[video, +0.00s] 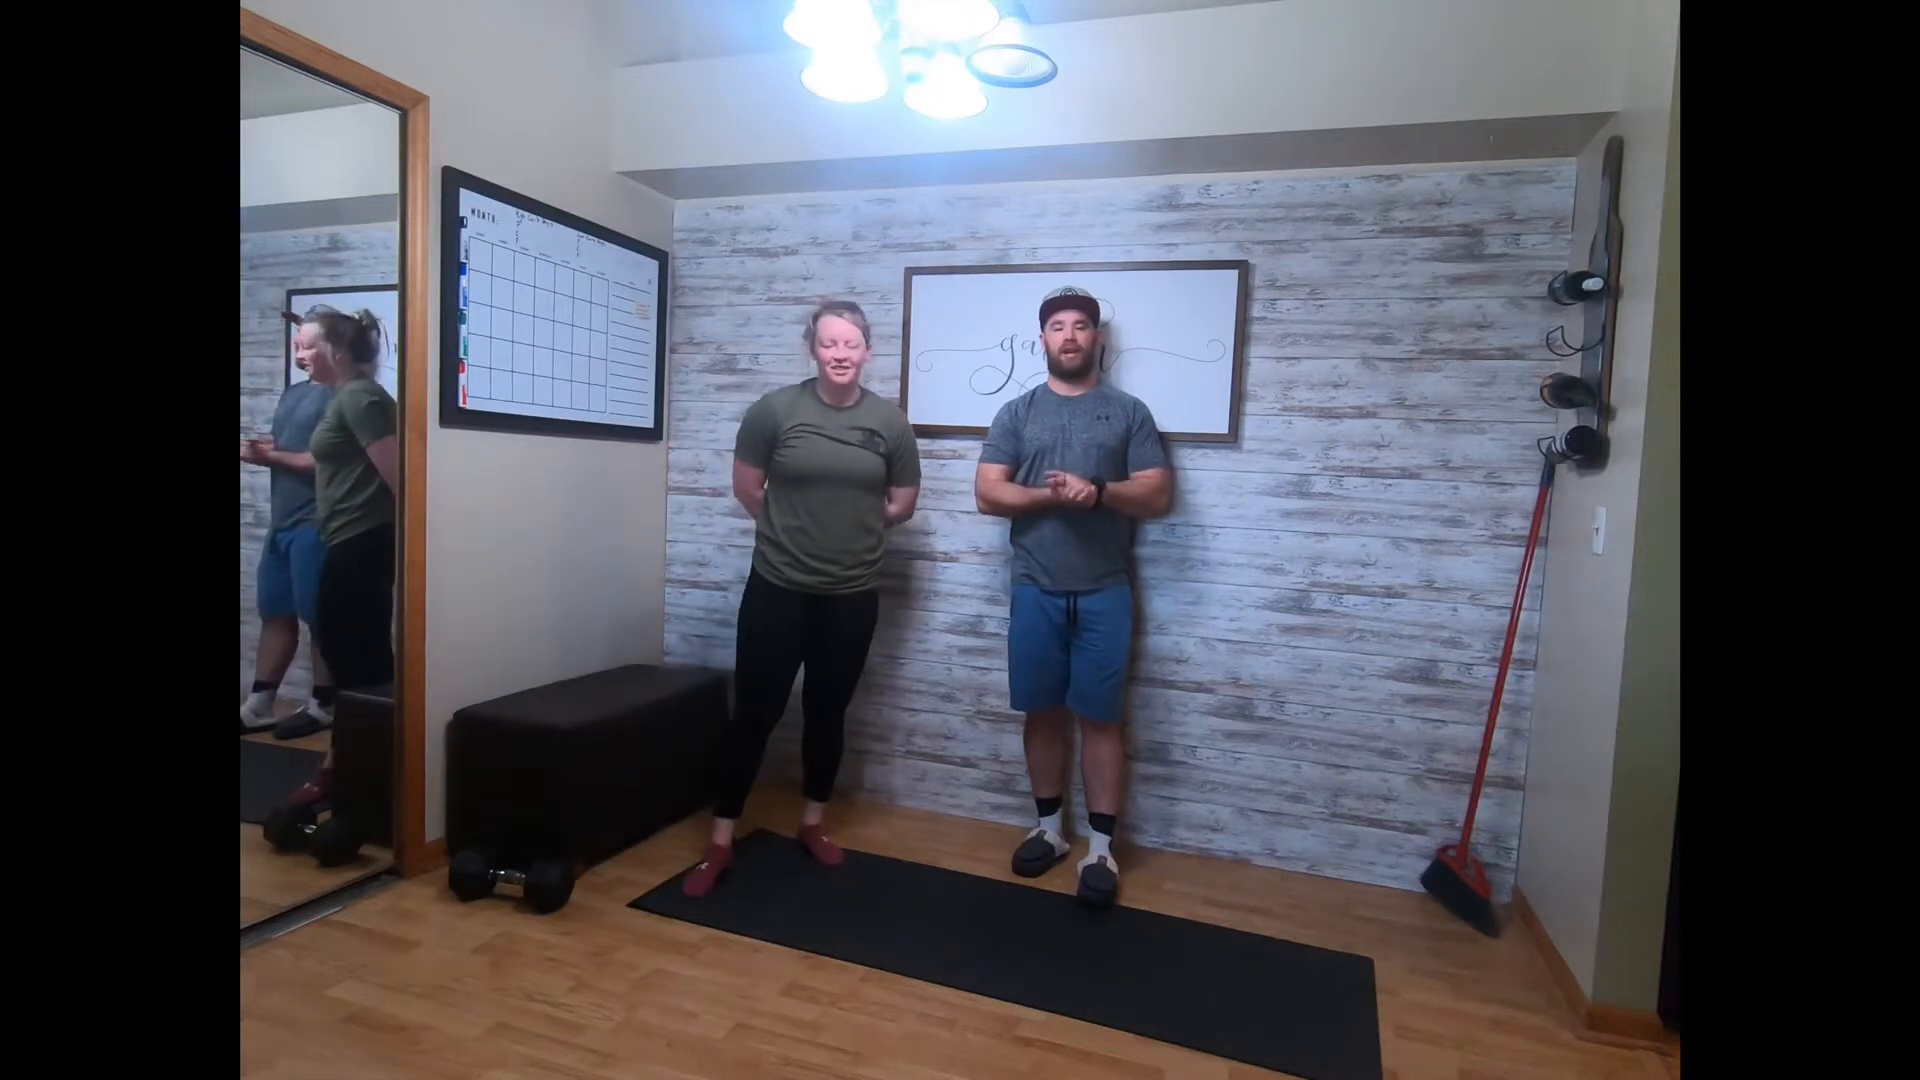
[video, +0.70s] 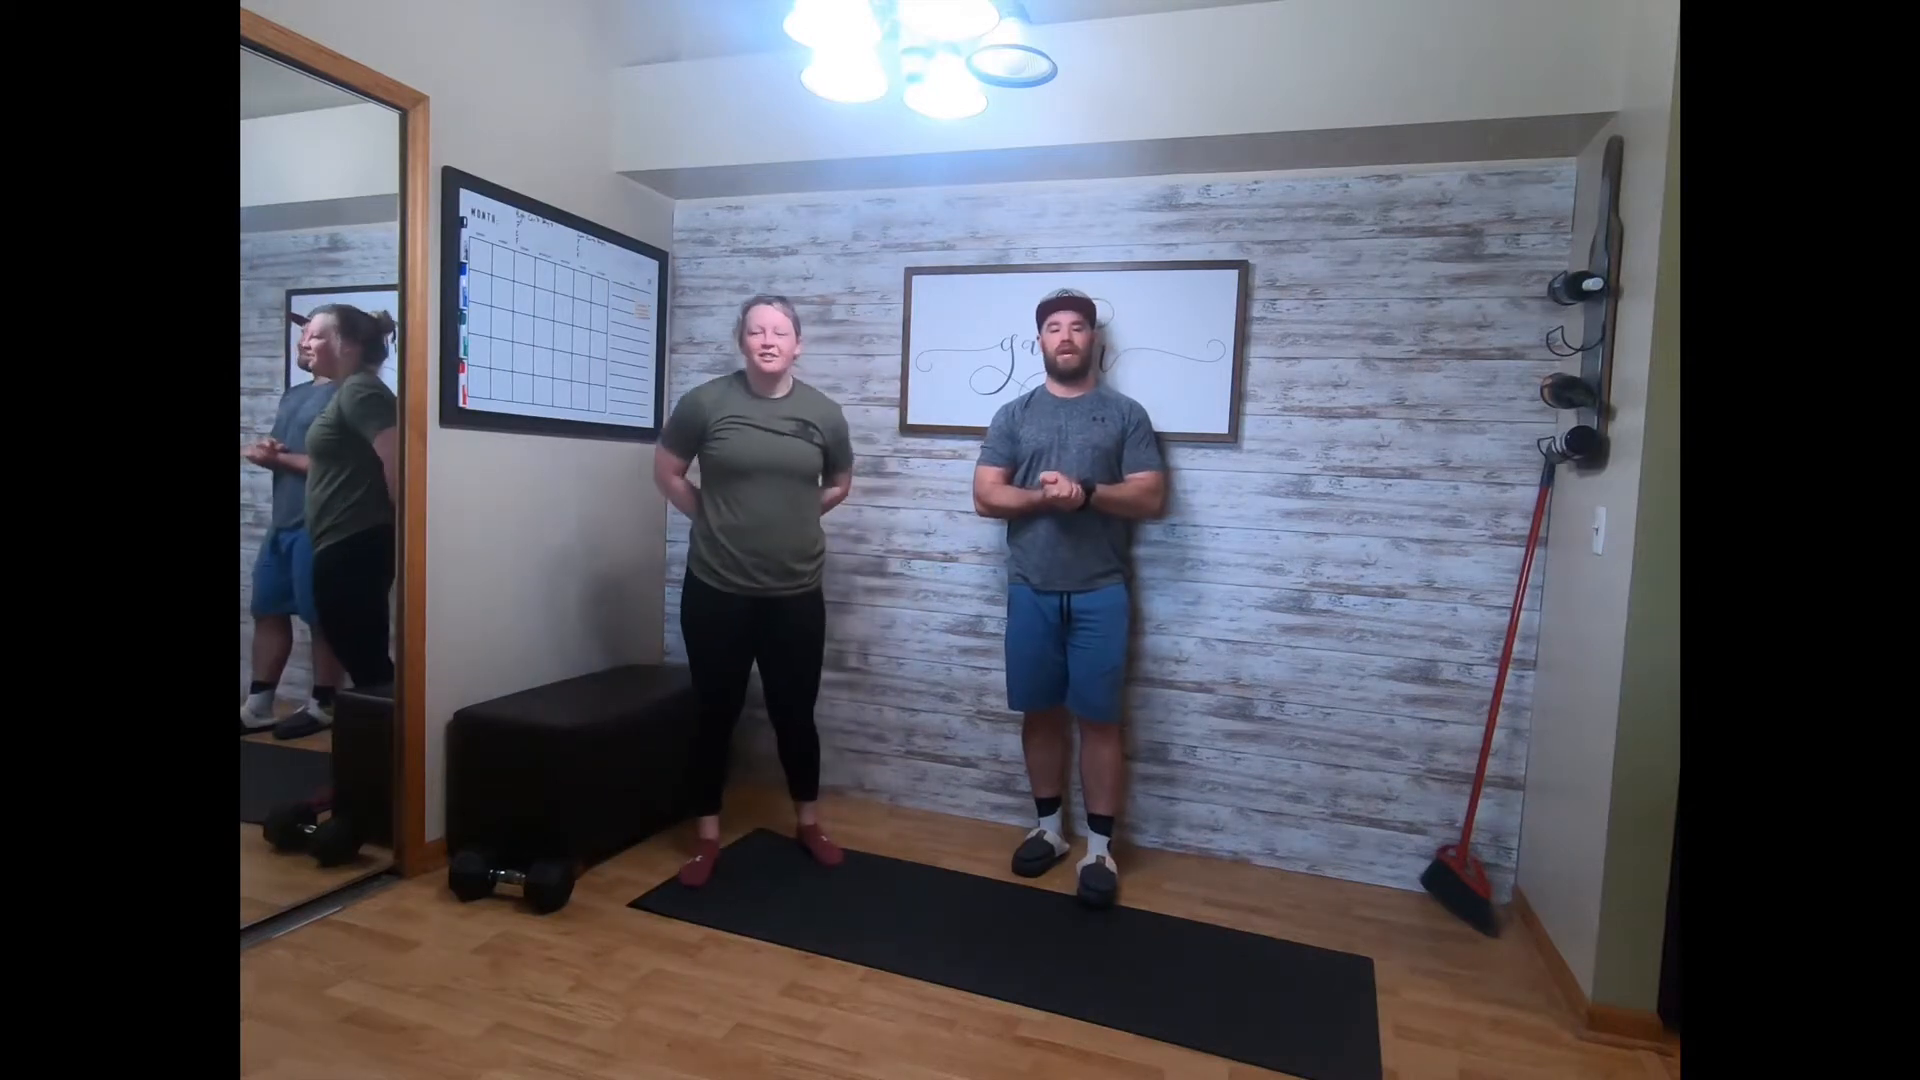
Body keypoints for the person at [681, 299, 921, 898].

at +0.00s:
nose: (840, 353)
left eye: (851, 343)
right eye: (830, 343)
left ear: (867, 351)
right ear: (812, 351)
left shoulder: (890, 422)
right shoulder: (773, 411)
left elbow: (903, 502)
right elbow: (747, 487)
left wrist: (844, 524)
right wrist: (794, 527)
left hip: (850, 595)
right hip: (777, 588)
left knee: (826, 713)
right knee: (753, 713)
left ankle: (813, 825)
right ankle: (721, 841)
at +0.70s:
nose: (767, 340)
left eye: (778, 332)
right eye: (757, 332)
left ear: (797, 344)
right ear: (740, 344)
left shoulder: (825, 415)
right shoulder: (704, 405)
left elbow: (840, 482)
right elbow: (667, 472)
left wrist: (794, 514)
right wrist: (714, 518)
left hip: (795, 594)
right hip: (717, 589)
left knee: (796, 716)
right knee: (713, 717)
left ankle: (808, 823)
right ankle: (708, 836)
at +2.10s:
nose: (725, 345)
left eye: (737, 334)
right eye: (714, 333)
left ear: (755, 344)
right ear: (697, 341)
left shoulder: (775, 408)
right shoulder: (659, 399)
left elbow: (834, 478)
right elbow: (593, 462)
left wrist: (801, 465)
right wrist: (644, 464)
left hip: (756, 586)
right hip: (676, 588)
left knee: (776, 712)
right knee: (694, 718)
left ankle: (795, 823)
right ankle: (706, 838)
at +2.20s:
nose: (723, 340)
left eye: (736, 331)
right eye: (713, 329)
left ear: (756, 343)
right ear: (697, 339)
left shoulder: (775, 406)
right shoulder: (659, 397)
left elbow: (837, 459)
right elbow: (587, 450)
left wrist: (807, 482)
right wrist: (631, 488)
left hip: (756, 588)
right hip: (677, 589)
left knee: (776, 713)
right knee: (694, 719)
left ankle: (796, 823)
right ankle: (706, 838)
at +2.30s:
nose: (724, 337)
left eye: (736, 330)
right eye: (714, 328)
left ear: (756, 343)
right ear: (697, 338)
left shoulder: (778, 408)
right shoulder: (659, 396)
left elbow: (833, 460)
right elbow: (592, 448)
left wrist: (798, 483)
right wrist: (641, 485)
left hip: (757, 589)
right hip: (678, 589)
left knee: (776, 713)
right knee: (694, 718)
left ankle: (795, 823)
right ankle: (706, 837)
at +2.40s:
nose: (724, 340)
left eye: (737, 331)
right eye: (714, 329)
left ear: (756, 343)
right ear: (697, 338)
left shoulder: (777, 408)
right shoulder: (659, 397)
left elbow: (828, 467)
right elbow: (595, 456)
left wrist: (795, 480)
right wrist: (653, 476)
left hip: (758, 588)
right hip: (679, 587)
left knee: (777, 711)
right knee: (694, 716)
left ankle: (795, 823)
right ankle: (706, 837)